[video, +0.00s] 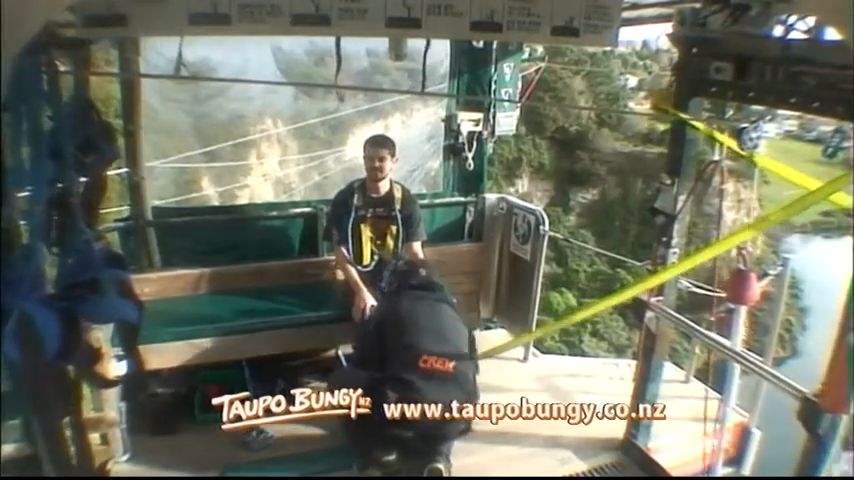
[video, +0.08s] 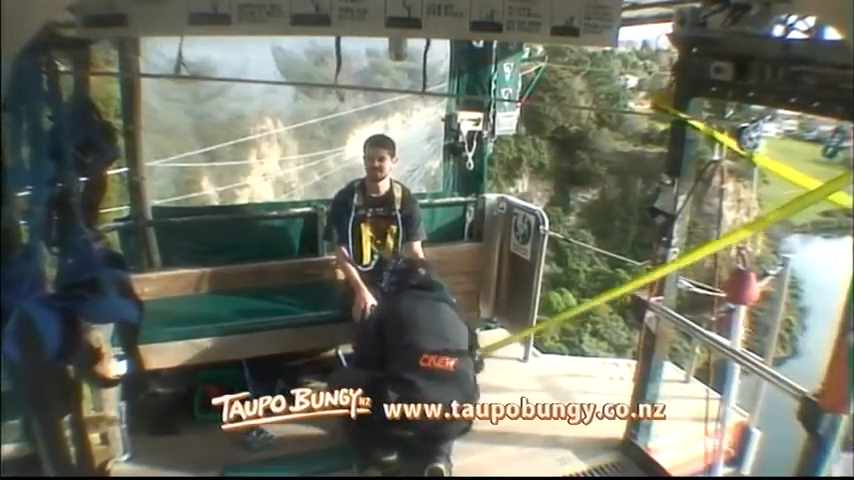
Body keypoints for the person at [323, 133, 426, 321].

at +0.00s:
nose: (375, 165)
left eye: (381, 160)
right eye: (369, 159)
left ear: (394, 161)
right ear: (363, 160)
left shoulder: (405, 199)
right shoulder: (345, 199)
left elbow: (414, 247)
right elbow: (341, 254)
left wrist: (425, 283)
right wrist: (360, 291)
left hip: (397, 278)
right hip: (361, 279)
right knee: (369, 316)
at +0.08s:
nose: (375, 165)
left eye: (381, 159)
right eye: (369, 159)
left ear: (393, 161)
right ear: (363, 160)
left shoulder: (405, 198)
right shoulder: (345, 199)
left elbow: (414, 247)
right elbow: (342, 254)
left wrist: (424, 285)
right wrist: (361, 290)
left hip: (397, 278)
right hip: (361, 280)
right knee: (369, 316)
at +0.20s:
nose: (375, 165)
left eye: (381, 160)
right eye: (369, 159)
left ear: (393, 161)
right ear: (363, 160)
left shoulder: (405, 198)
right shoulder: (345, 199)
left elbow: (413, 249)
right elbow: (342, 254)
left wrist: (423, 287)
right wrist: (361, 291)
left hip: (397, 278)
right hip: (361, 279)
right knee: (369, 315)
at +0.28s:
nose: (376, 166)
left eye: (382, 160)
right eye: (370, 160)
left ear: (394, 162)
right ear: (364, 160)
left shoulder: (406, 199)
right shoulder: (345, 198)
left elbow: (414, 248)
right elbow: (342, 254)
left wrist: (424, 284)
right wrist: (361, 291)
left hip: (397, 278)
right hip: (361, 279)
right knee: (369, 316)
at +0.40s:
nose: (386, 167)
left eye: (391, 161)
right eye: (380, 161)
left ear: (396, 163)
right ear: (366, 162)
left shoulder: (405, 198)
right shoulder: (346, 199)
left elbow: (414, 247)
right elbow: (341, 252)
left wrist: (414, 288)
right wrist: (361, 292)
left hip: (398, 279)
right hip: (362, 280)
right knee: (369, 317)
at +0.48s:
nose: (392, 169)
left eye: (395, 163)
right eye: (385, 163)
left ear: (399, 163)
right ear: (368, 162)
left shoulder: (406, 199)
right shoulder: (346, 199)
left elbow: (414, 247)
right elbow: (341, 252)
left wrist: (414, 287)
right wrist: (361, 292)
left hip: (398, 279)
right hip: (362, 280)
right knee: (370, 317)